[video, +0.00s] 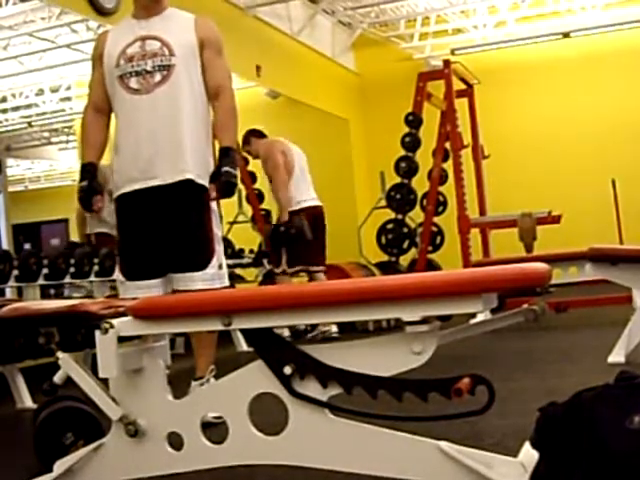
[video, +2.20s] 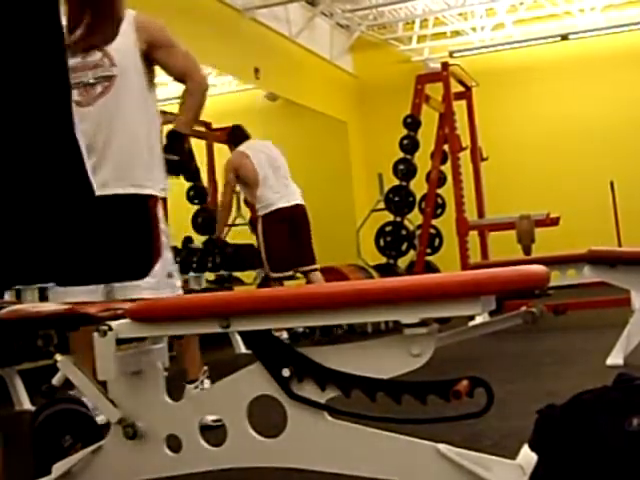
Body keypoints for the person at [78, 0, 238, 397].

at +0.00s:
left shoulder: (200, 30)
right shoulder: (107, 41)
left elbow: (221, 96)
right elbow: (98, 109)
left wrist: (229, 158)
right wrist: (88, 171)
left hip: (188, 176)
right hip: (132, 183)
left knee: (201, 289)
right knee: (141, 296)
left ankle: (205, 379)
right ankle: (149, 385)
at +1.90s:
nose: (92, 10)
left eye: (96, 4)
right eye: (89, 8)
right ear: (98, 2)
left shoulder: (182, 26)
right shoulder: (93, 41)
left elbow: (240, 73)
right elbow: (83, 112)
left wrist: (211, 128)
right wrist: (71, 175)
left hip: (174, 187)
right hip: (113, 191)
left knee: (191, 302)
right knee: (99, 308)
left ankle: (202, 391)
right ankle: (96, 400)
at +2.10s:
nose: (83, 7)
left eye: (93, 2)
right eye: (81, 2)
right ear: (76, 1)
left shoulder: (150, 26)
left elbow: (211, 78)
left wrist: (190, 129)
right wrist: (190, 129)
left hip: (146, 186)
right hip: (86, 191)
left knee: (174, 296)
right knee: (86, 308)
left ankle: (199, 386)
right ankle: (90, 399)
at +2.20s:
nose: (73, 9)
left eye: (78, 4)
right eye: (73, 5)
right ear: (74, 5)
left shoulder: (138, 28)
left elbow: (196, 79)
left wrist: (179, 134)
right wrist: (180, 132)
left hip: (134, 184)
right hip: (82, 189)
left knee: (161, 296)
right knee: (77, 306)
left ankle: (195, 382)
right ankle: (86, 397)